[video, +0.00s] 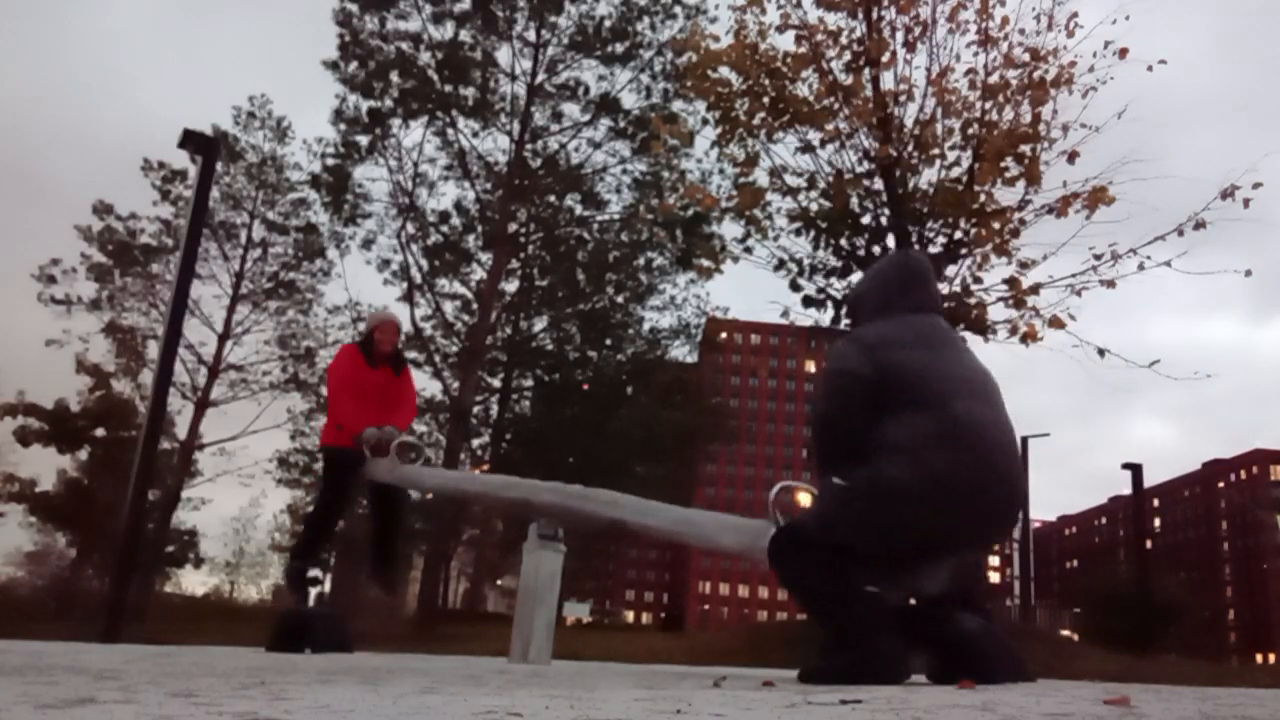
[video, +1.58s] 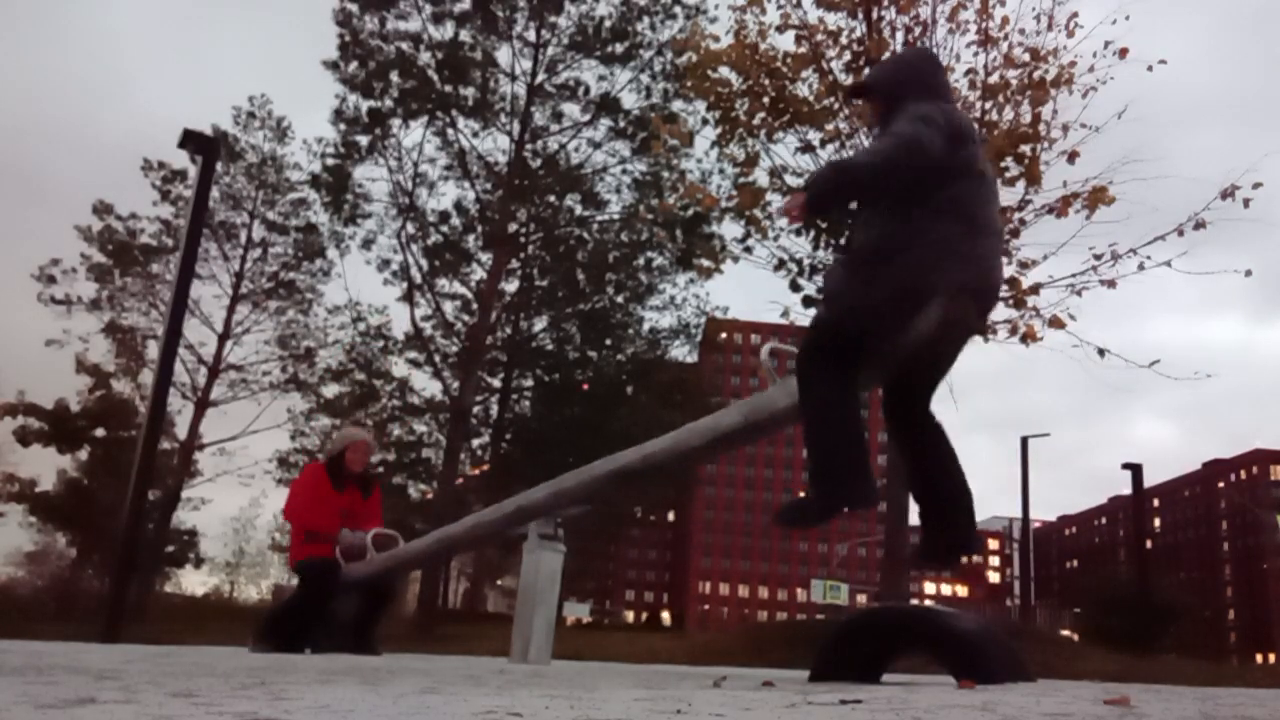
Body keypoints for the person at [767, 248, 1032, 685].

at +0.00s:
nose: (854, 314)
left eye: (858, 304)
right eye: (855, 304)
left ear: (873, 300)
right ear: (923, 300)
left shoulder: (862, 345)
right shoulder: (954, 347)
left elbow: (833, 442)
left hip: (912, 494)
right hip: (994, 499)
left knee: (796, 546)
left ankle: (863, 650)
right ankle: (976, 649)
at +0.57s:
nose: (846, 283)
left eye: (849, 274)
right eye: (848, 275)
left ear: (860, 269)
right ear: (916, 266)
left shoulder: (860, 307)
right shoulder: (942, 307)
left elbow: (837, 394)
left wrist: (849, 443)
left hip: (915, 441)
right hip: (993, 443)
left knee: (806, 526)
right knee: (927, 547)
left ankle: (862, 646)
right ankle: (987, 652)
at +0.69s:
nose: (841, 247)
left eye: (844, 239)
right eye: (843, 241)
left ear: (858, 231)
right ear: (907, 225)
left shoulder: (858, 265)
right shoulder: (934, 263)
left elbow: (836, 345)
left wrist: (840, 393)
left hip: (912, 397)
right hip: (989, 397)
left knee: (824, 505)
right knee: (923, 510)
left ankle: (858, 644)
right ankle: (980, 639)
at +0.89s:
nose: (849, 182)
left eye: (851, 173)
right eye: (852, 175)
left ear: (866, 161)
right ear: (913, 158)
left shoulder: (867, 189)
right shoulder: (946, 194)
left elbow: (846, 265)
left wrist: (833, 322)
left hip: (912, 322)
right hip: (985, 328)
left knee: (834, 442)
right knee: (917, 451)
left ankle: (856, 612)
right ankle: (968, 599)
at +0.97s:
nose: (852, 168)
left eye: (856, 159)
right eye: (853, 161)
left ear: (870, 147)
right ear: (918, 139)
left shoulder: (873, 174)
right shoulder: (946, 178)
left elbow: (844, 257)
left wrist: (834, 314)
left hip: (914, 310)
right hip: (985, 318)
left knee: (828, 412)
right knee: (911, 426)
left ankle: (857, 546)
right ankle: (959, 558)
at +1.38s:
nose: (869, 118)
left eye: (873, 107)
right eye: (869, 110)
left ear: (893, 93)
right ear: (930, 88)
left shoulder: (899, 120)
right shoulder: (966, 135)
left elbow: (851, 197)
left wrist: (810, 259)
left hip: (897, 271)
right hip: (965, 282)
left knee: (828, 360)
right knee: (909, 386)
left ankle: (840, 492)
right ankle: (940, 520)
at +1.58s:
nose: (867, 110)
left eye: (873, 98)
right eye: (866, 99)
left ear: (899, 91)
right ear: (926, 89)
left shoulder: (926, 118)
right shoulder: (956, 132)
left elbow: (888, 163)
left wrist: (816, 193)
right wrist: (832, 203)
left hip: (910, 277)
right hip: (964, 287)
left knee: (822, 356)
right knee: (906, 399)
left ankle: (839, 482)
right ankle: (950, 532)